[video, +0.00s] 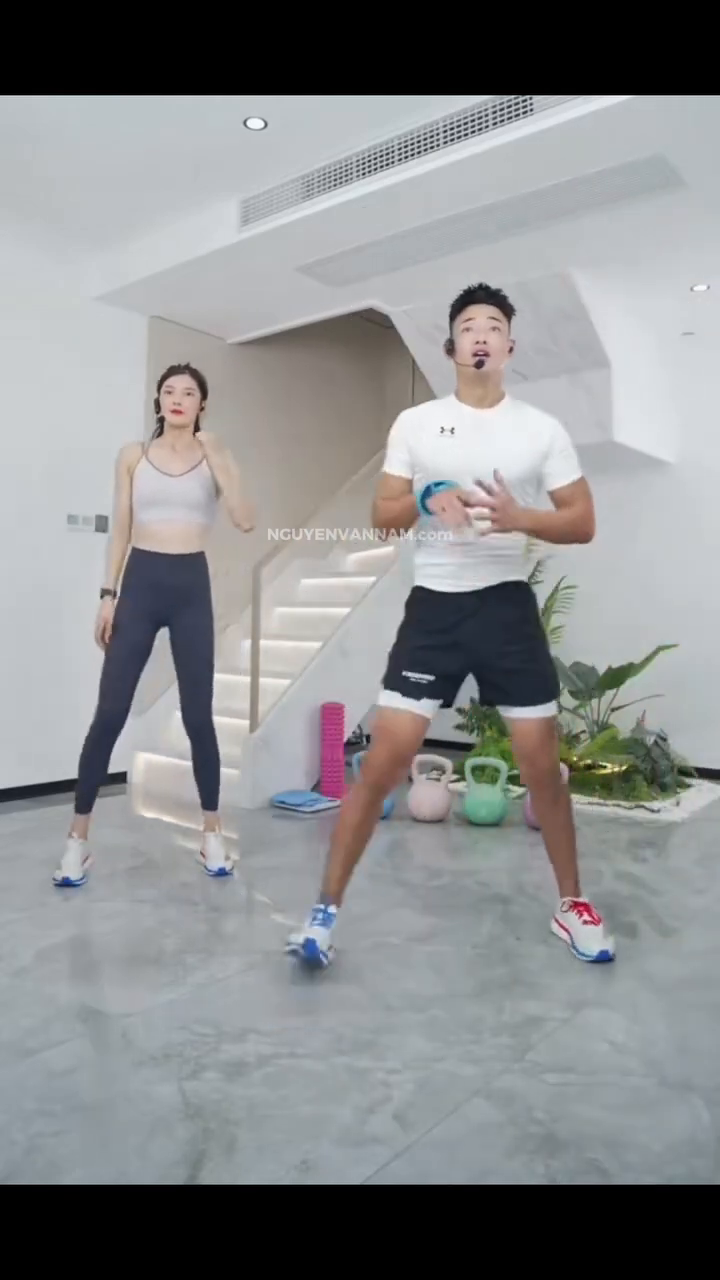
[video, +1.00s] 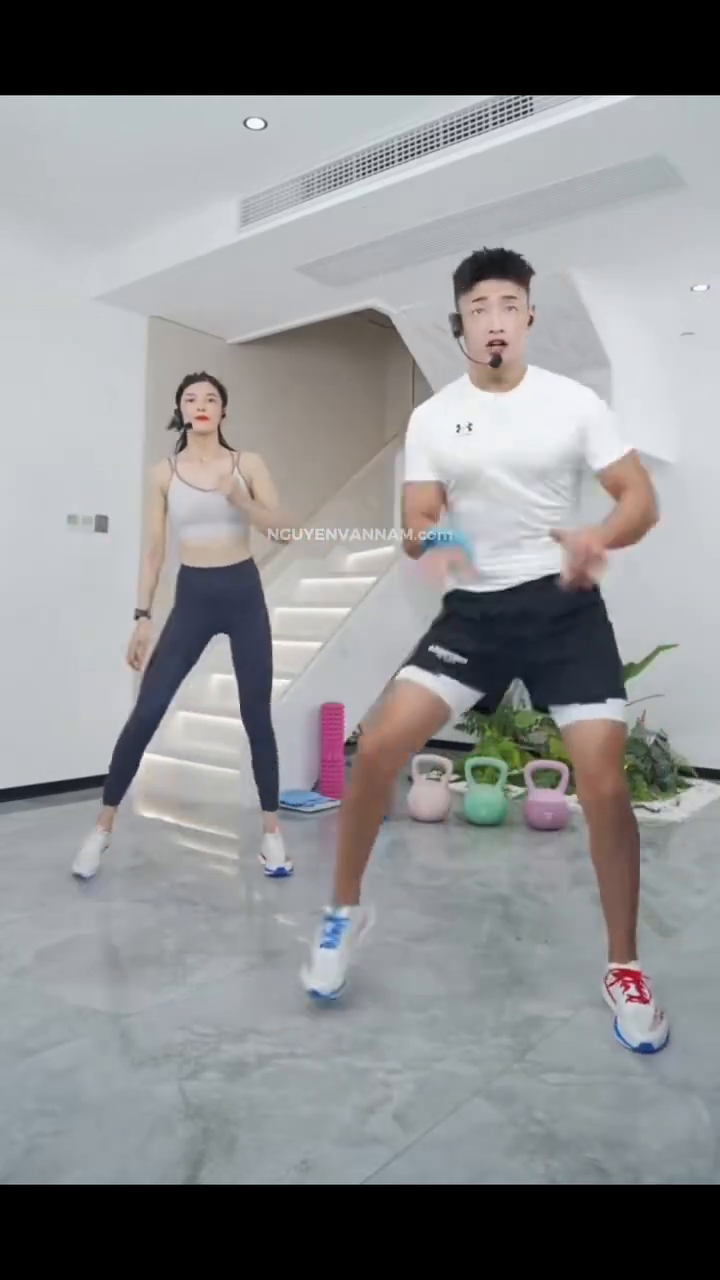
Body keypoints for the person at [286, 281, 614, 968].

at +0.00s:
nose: (480, 337)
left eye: (492, 328)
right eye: (469, 328)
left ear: (510, 345)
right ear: (450, 346)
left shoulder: (539, 429)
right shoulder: (415, 425)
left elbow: (582, 525)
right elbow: (383, 514)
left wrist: (518, 516)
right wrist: (428, 503)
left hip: (508, 608)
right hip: (432, 609)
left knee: (542, 761)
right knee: (383, 759)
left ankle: (572, 904)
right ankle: (325, 912)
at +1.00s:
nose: (495, 321)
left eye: (509, 306)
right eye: (480, 309)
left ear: (531, 319)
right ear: (459, 325)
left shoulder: (573, 404)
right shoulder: (432, 418)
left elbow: (642, 499)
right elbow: (418, 521)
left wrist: (603, 538)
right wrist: (430, 545)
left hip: (565, 609)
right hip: (473, 613)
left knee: (603, 785)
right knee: (375, 746)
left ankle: (624, 968)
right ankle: (343, 909)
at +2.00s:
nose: (385, 332)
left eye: (399, 319)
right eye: (373, 319)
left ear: (421, 326)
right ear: (357, 325)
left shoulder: (454, 406)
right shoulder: (321, 393)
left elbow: (499, 473)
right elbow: (263, 448)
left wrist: (472, 547)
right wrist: (270, 508)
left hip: (411, 582)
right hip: (334, 580)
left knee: (411, 728)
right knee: (309, 746)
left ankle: (387, 863)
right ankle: (296, 894)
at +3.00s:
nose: (532, 393)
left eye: (545, 384)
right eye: (521, 380)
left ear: (558, 398)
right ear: (499, 388)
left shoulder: (574, 470)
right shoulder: (456, 462)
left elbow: (600, 546)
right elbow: (441, 538)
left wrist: (611, 604)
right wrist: (454, 595)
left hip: (554, 629)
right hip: (481, 630)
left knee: (586, 782)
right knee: (458, 763)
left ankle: (586, 902)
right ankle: (508, 875)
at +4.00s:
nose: (387, 335)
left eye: (400, 323)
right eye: (374, 325)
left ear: (420, 337)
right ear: (358, 343)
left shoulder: (460, 419)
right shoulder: (334, 435)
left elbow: (483, 522)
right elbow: (322, 541)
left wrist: (453, 546)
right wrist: (329, 532)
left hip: (446, 604)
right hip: (365, 610)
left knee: (514, 745)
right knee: (323, 761)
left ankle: (484, 864)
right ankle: (294, 917)